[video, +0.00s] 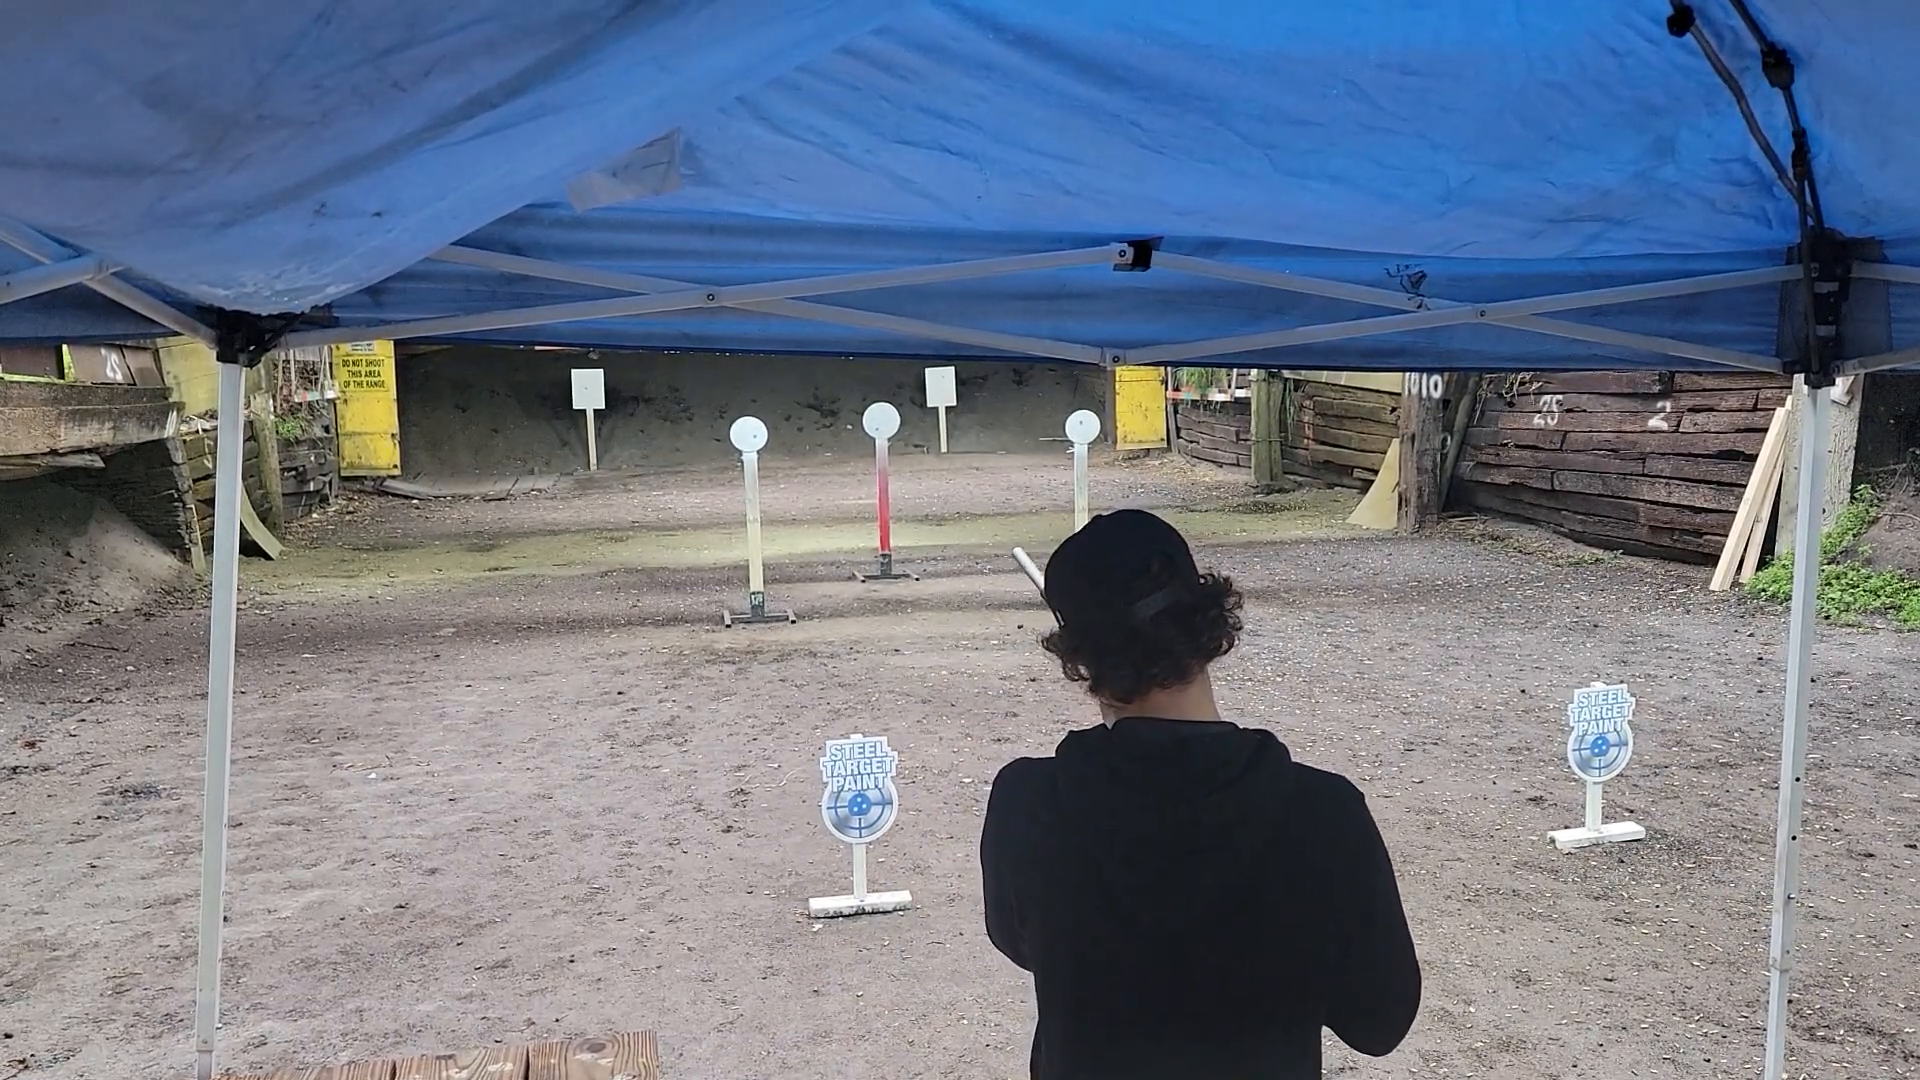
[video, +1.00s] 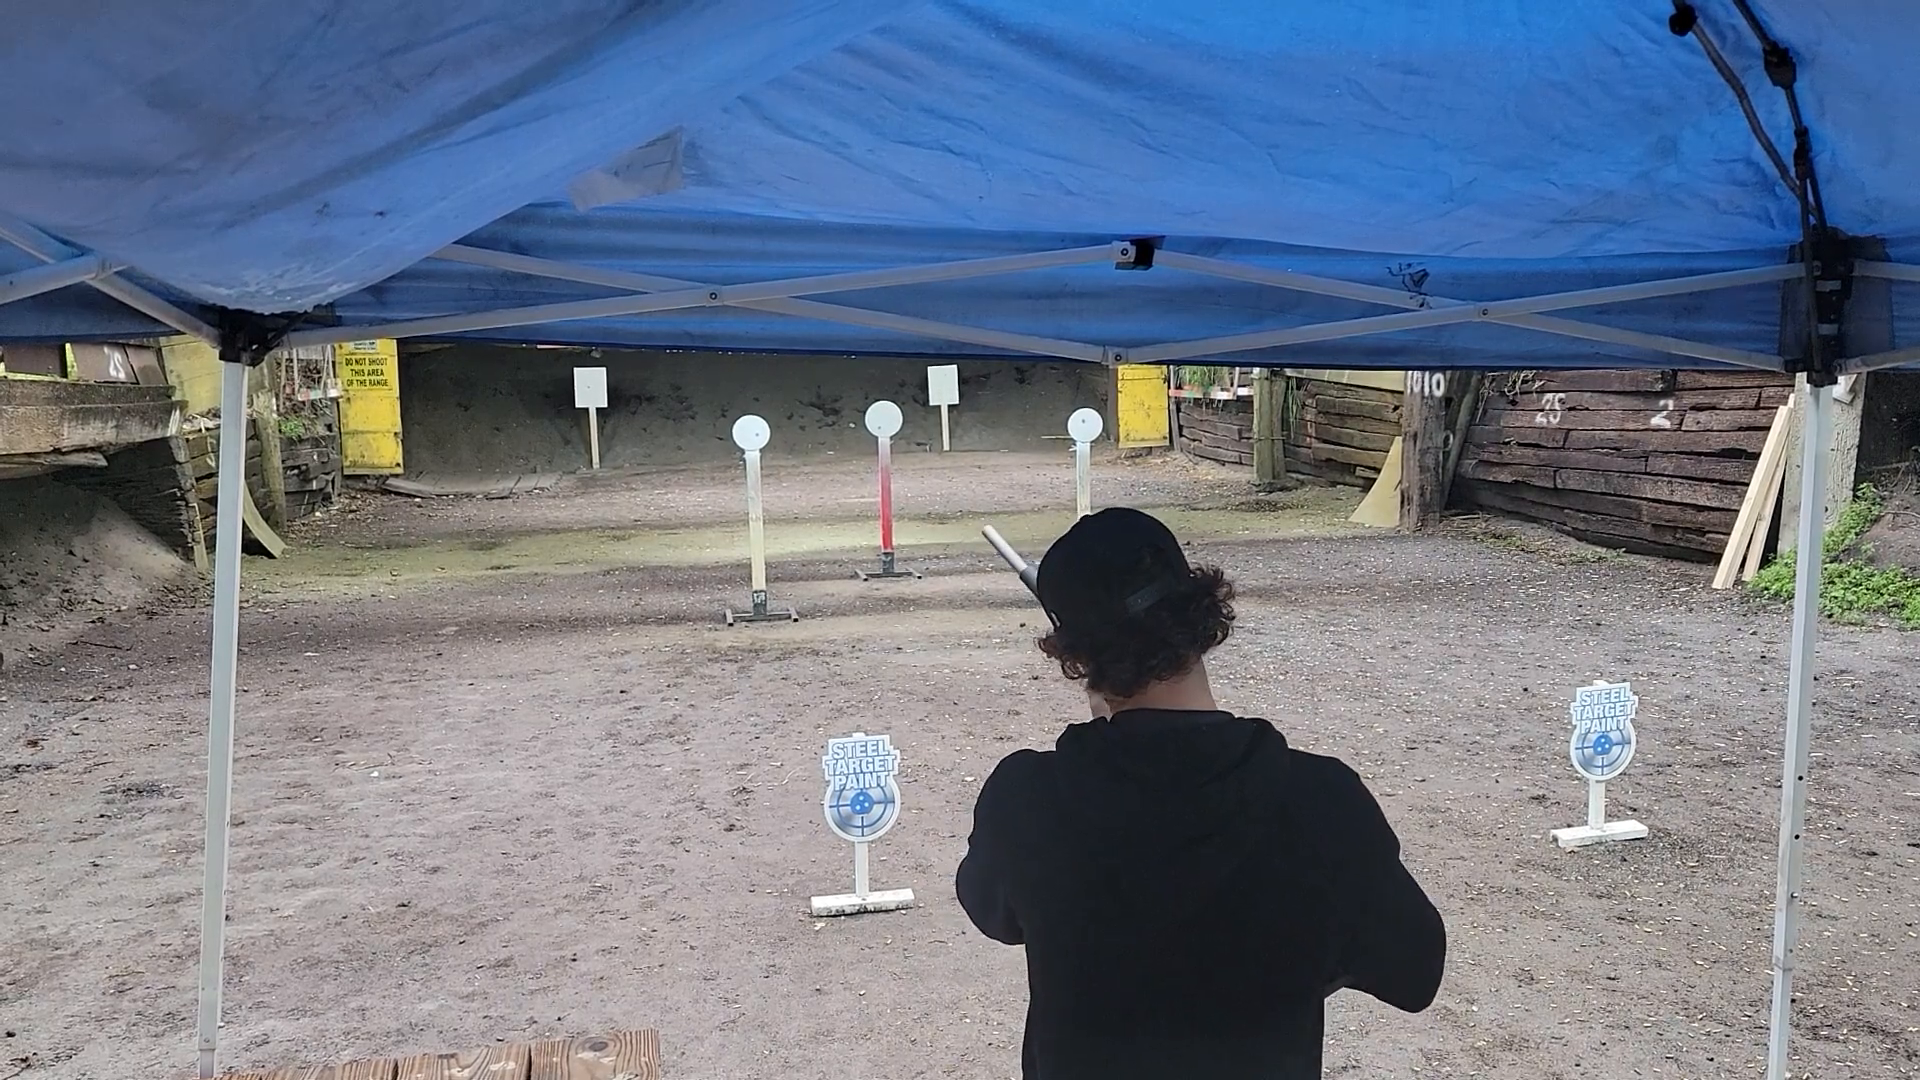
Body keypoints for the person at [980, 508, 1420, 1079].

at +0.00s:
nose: (1066, 659)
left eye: (1066, 641)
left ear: (1075, 652)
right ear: (1207, 618)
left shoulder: (1026, 800)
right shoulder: (1324, 809)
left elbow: (1017, 940)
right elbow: (1381, 1023)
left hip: (1081, 1070)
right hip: (1271, 1070)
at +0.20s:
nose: (1067, 650)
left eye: (1067, 637)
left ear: (1079, 651)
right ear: (1210, 616)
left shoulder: (1029, 802)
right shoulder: (1327, 809)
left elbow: (1007, 938)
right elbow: (1387, 1020)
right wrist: (1273, 922)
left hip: (1086, 1066)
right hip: (1271, 1066)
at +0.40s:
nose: (1065, 653)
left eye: (1066, 640)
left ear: (1081, 656)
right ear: (1210, 619)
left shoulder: (1031, 802)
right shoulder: (1328, 811)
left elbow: (984, 927)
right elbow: (1389, 1016)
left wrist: (1093, 760)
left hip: (1084, 1068)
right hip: (1270, 1069)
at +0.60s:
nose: (1057, 656)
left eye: (1060, 638)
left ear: (1075, 660)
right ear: (1204, 618)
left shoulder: (1031, 804)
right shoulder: (1325, 809)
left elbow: (956, 897)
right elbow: (1417, 989)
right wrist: (1293, 918)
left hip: (1080, 1073)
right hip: (1275, 1073)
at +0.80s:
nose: (1059, 657)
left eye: (1058, 641)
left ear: (1073, 659)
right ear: (1196, 615)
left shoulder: (1032, 797)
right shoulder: (1323, 801)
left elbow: (984, 906)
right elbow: (1422, 973)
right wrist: (1309, 908)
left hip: (1080, 1069)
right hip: (1268, 1069)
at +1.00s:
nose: (1061, 648)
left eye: (1061, 634)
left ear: (1074, 652)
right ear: (1199, 611)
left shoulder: (1026, 795)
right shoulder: (1323, 799)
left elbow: (992, 912)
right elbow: (1417, 974)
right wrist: (1304, 909)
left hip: (1076, 1067)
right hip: (1269, 1067)